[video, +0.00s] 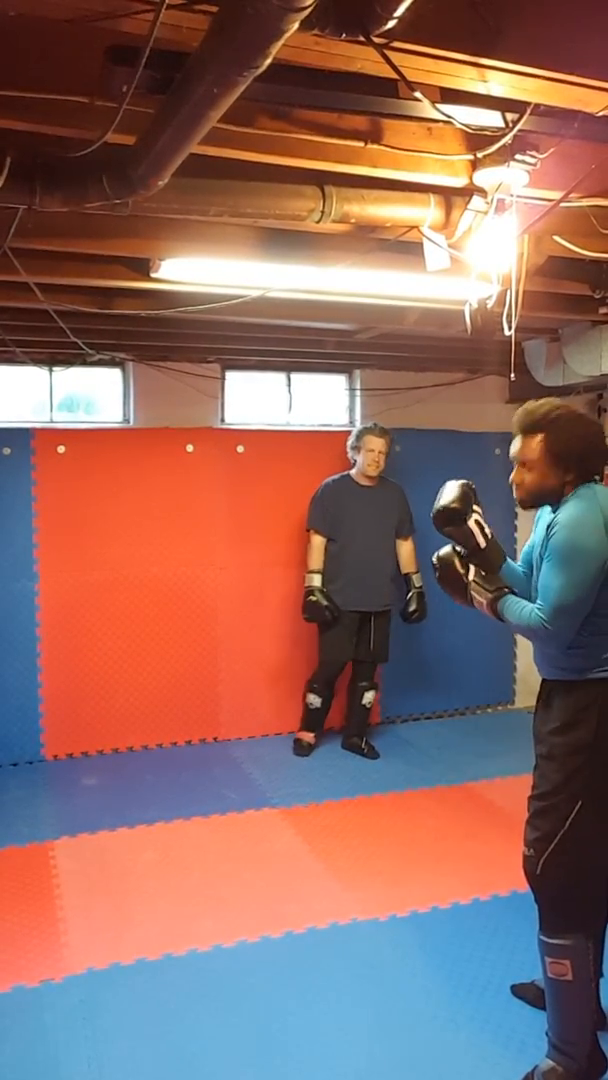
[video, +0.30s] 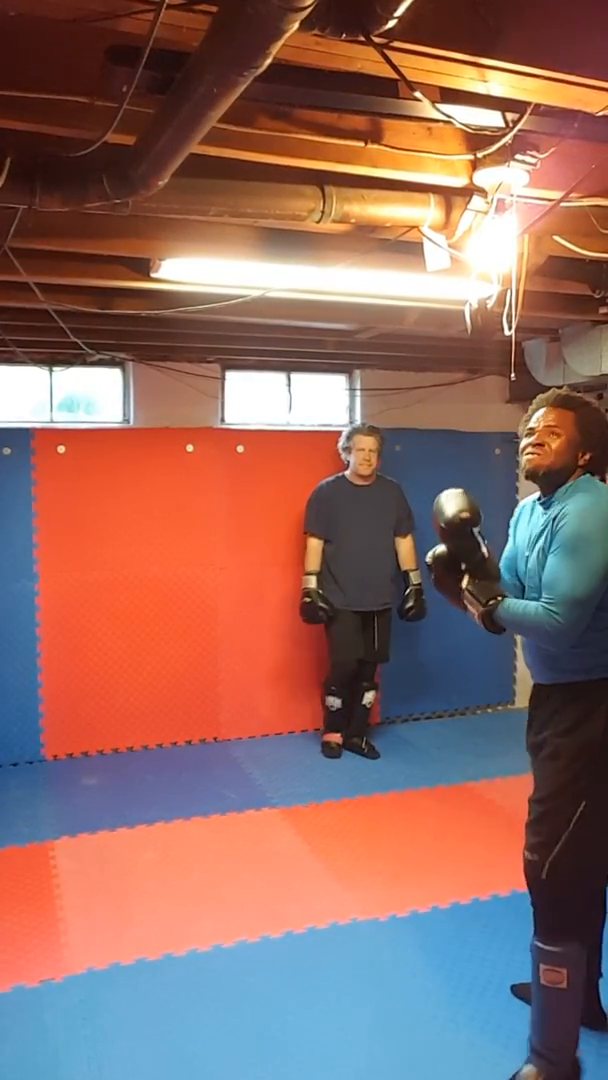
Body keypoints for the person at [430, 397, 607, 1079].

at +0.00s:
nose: (515, 472)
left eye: (526, 461)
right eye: (515, 461)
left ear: (566, 465)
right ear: (550, 462)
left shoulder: (580, 515)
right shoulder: (556, 510)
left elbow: (549, 623)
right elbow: (520, 589)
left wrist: (486, 597)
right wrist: (485, 545)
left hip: (585, 709)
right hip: (570, 701)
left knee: (561, 866)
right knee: (567, 853)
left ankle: (576, 1058)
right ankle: (571, 985)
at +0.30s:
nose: (531, 443)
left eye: (546, 434)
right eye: (529, 434)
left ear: (582, 448)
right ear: (529, 446)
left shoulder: (587, 508)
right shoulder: (532, 509)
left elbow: (564, 617)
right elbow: (507, 590)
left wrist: (491, 605)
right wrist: (466, 576)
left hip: (584, 710)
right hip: (557, 705)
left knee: (555, 865)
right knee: (575, 856)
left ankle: (556, 1060)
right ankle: (577, 989)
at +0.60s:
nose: (525, 437)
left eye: (543, 429)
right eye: (523, 429)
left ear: (582, 447)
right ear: (520, 444)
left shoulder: (592, 507)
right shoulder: (513, 512)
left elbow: (600, 617)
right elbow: (456, 587)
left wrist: (522, 618)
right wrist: (432, 539)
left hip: (576, 707)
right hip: (527, 704)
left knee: (544, 876)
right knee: (544, 859)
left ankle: (540, 1067)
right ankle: (576, 993)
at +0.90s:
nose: (520, 445)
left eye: (535, 434)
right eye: (515, 434)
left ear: (574, 442)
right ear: (507, 440)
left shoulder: (594, 506)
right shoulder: (497, 499)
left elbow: (571, 487)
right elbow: (414, 532)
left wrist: (545, 419)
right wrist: (414, 476)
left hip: (572, 715)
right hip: (502, 710)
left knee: (543, 886)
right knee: (482, 838)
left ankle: (544, 1065)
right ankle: (536, 966)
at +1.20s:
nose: (525, 431)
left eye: (541, 422)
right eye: (517, 421)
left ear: (573, 436)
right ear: (504, 434)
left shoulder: (591, 500)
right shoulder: (487, 492)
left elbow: (600, 480)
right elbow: (409, 493)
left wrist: (560, 398)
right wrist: (425, 424)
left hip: (567, 718)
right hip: (485, 711)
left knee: (542, 895)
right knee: (459, 852)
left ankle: (543, 1059)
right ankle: (479, 979)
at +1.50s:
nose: (530, 428)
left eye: (546, 420)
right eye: (521, 419)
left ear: (575, 435)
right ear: (508, 434)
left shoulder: (591, 499)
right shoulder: (492, 489)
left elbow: (597, 468)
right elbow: (415, 479)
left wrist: (548, 381)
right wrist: (430, 419)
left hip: (561, 723)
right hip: (479, 713)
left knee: (543, 905)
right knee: (443, 850)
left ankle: (542, 1065)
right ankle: (474, 974)